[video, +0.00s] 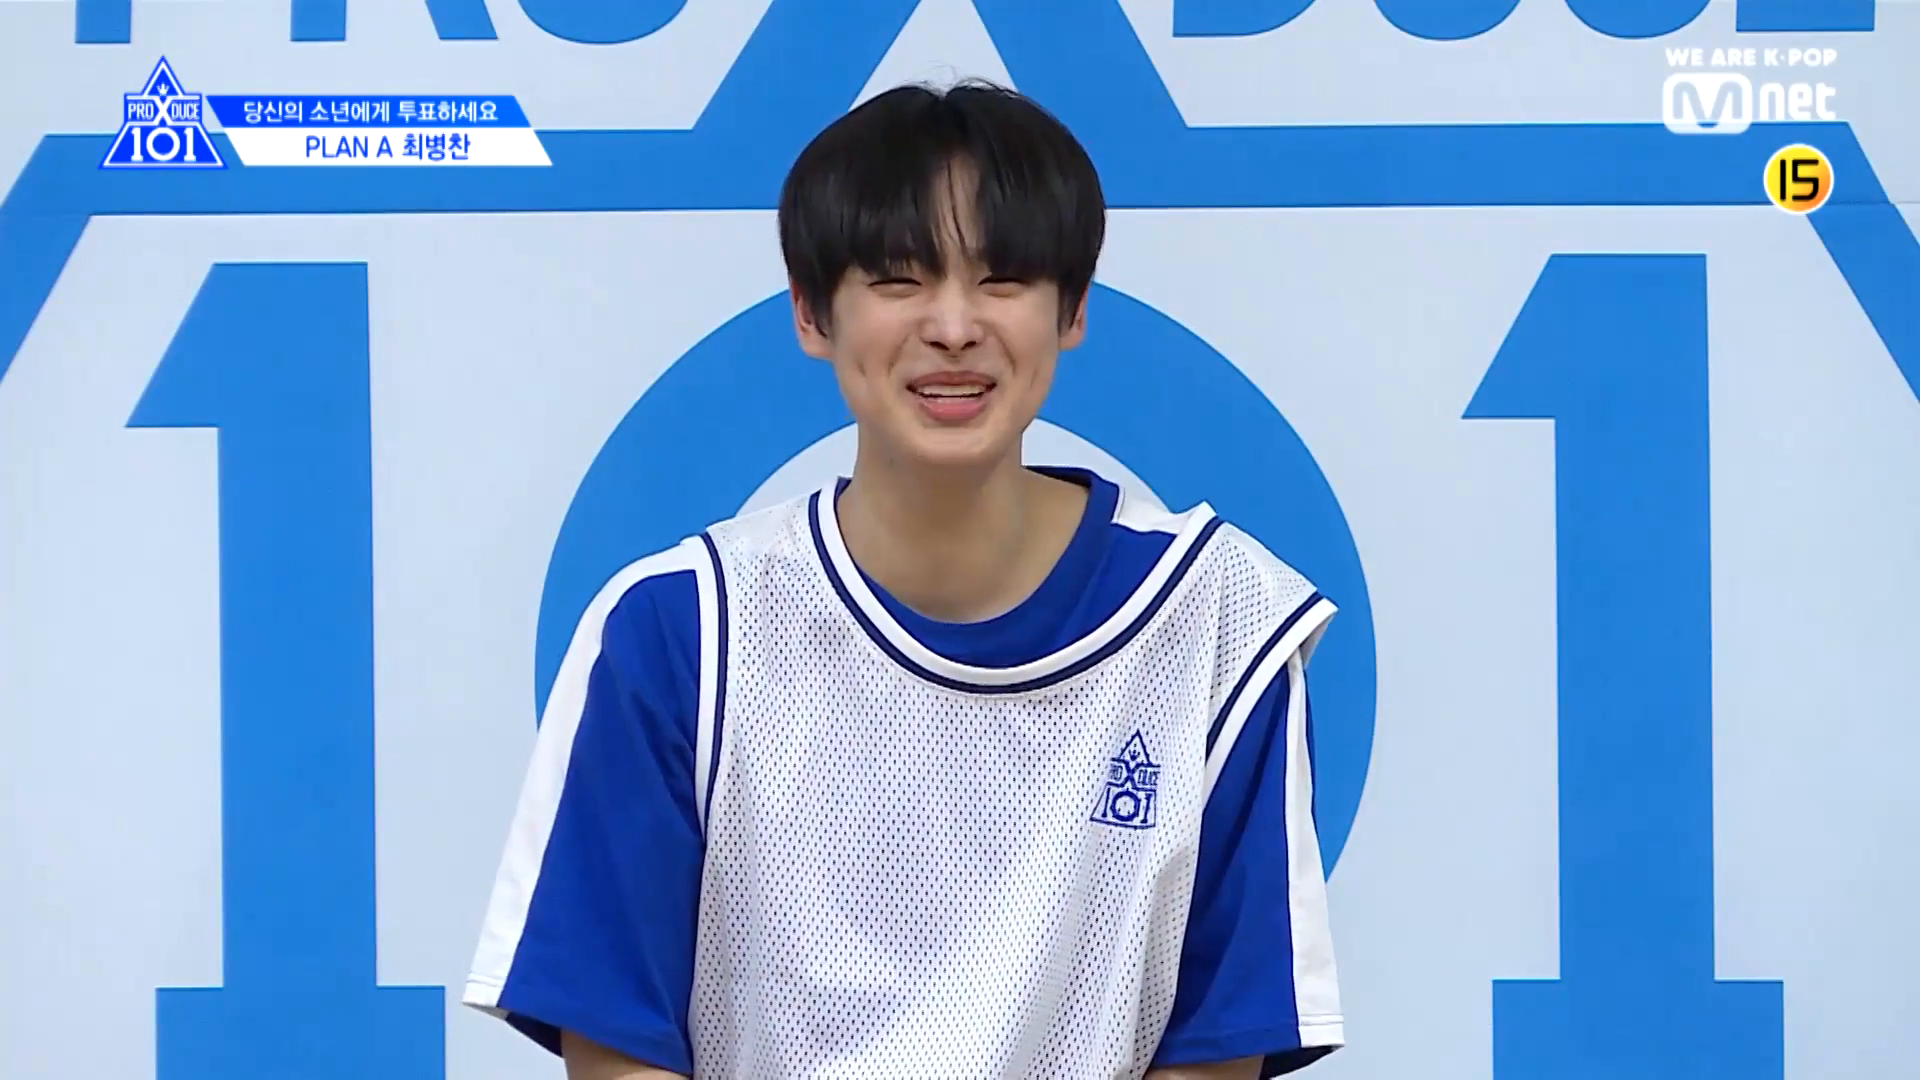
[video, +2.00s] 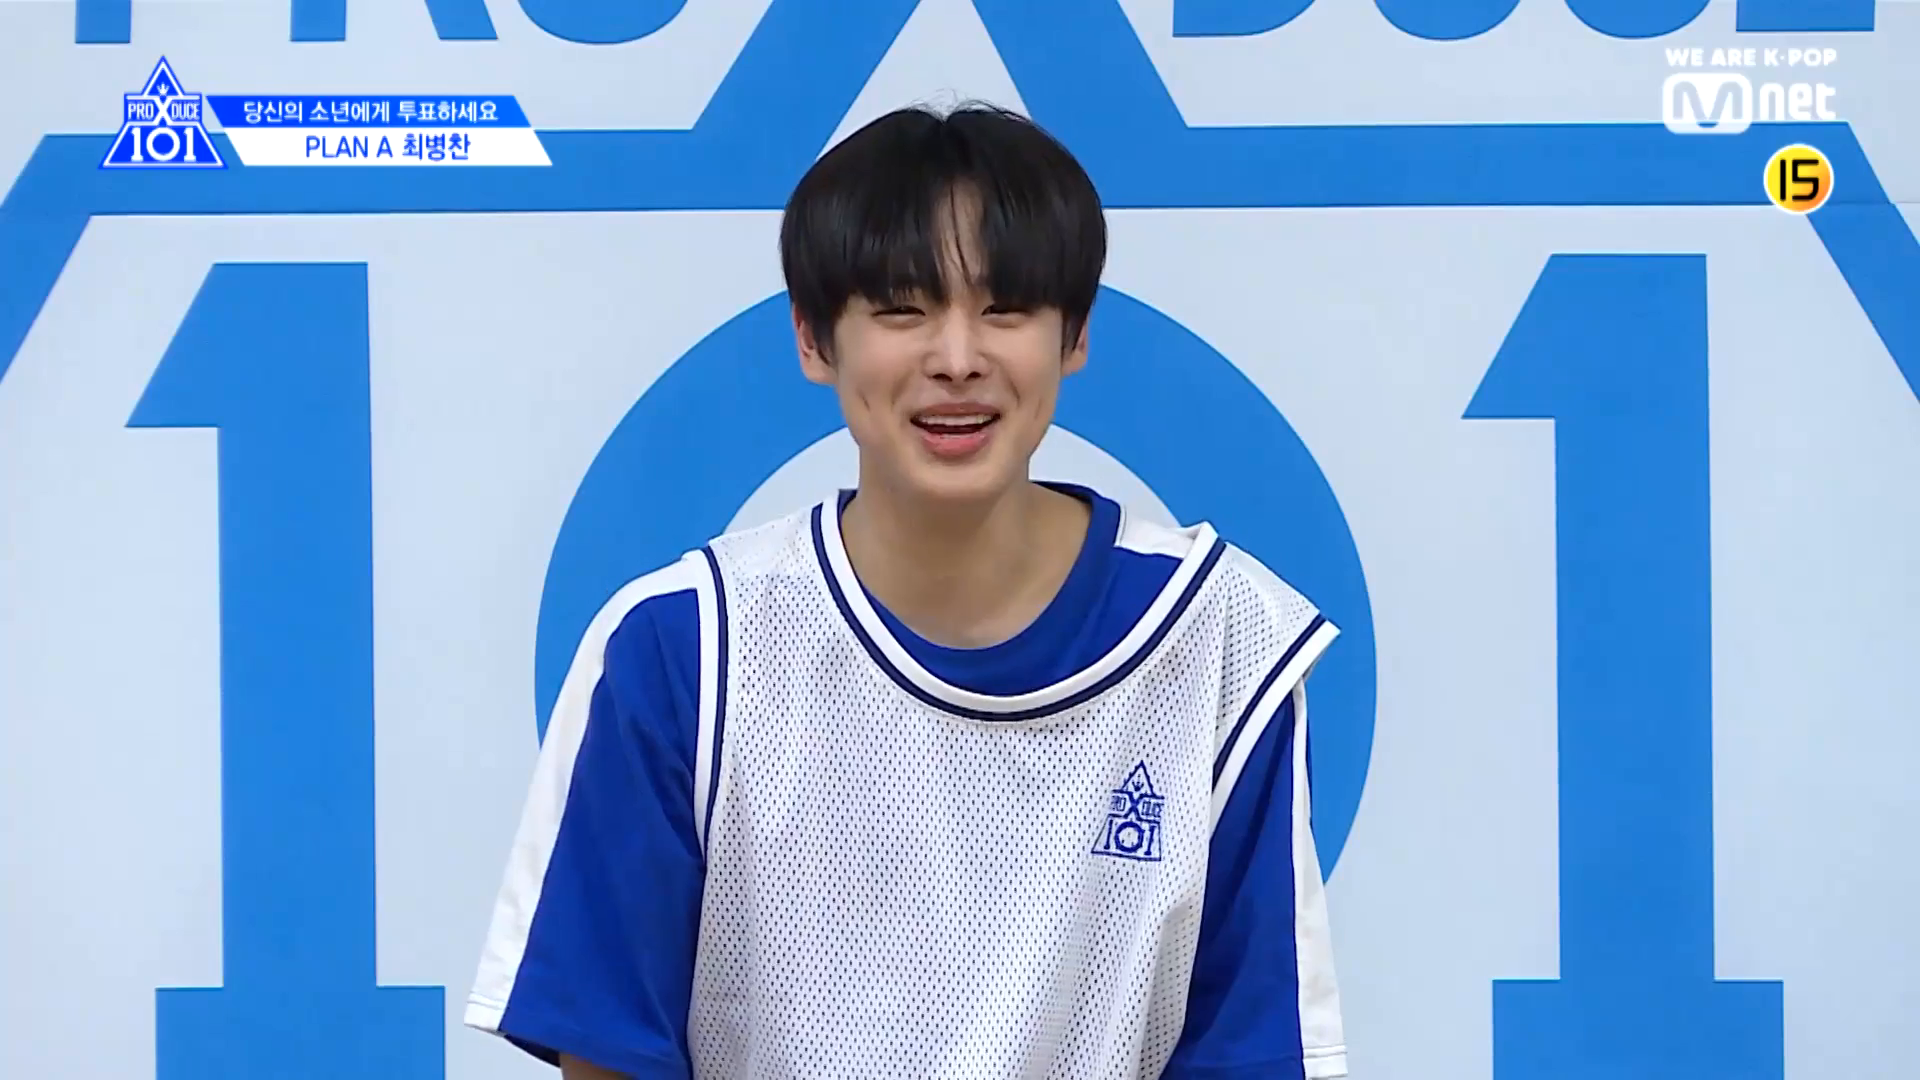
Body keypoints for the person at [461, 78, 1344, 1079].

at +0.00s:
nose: (954, 325)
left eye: (1004, 279)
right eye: (900, 278)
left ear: (1069, 318)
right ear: (815, 318)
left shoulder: (1221, 626)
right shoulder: (672, 633)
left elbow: (1222, 1051)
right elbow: (613, 1046)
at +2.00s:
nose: (957, 360)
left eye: (1005, 307)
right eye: (904, 306)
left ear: (1071, 340)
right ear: (819, 342)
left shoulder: (1229, 646)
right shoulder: (673, 653)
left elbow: (1255, 1052)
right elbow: (607, 1050)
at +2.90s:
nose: (974, 362)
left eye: (1023, 310)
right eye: (921, 309)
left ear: (1087, 344)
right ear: (836, 345)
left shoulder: (1246, 658)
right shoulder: (691, 652)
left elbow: (1269, 1058)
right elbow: (618, 1053)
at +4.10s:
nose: (996, 333)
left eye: (1045, 290)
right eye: (941, 284)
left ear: (1095, 339)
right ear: (841, 322)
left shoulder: (1244, 638)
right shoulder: (684, 639)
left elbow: (1267, 1052)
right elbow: (630, 1045)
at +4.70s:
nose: (974, 347)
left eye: (1017, 303)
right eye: (928, 301)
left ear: (1070, 336)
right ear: (849, 333)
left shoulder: (1212, 617)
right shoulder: (720, 609)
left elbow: (1204, 991)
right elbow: (672, 978)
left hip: (1076, 1060)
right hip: (810, 1057)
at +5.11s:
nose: (958, 391)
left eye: (986, 363)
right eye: (926, 363)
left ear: (1024, 379)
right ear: (879, 380)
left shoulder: (1113, 556)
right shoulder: (798, 551)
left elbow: (1114, 801)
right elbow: (761, 791)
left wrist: (1005, 940)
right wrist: (877, 937)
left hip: (1034, 965)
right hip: (850, 963)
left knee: (1209, 888)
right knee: (668, 901)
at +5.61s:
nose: (953, 404)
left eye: (972, 385)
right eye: (934, 385)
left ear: (997, 395)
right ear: (906, 396)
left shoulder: (1053, 505)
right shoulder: (856, 502)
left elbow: (1054, 658)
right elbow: (833, 652)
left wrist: (989, 744)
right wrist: (905, 745)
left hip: (1008, 751)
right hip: (886, 754)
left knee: (1113, 714)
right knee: (774, 722)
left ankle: (1088, 943)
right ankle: (807, 942)